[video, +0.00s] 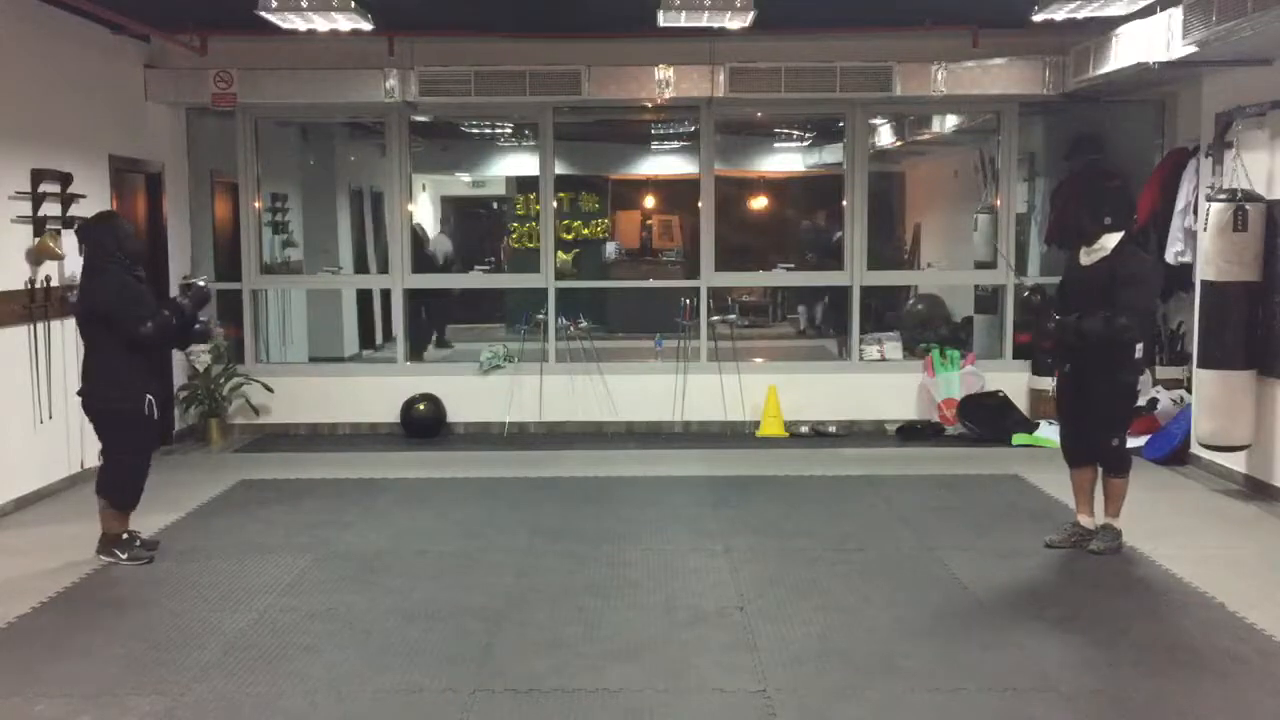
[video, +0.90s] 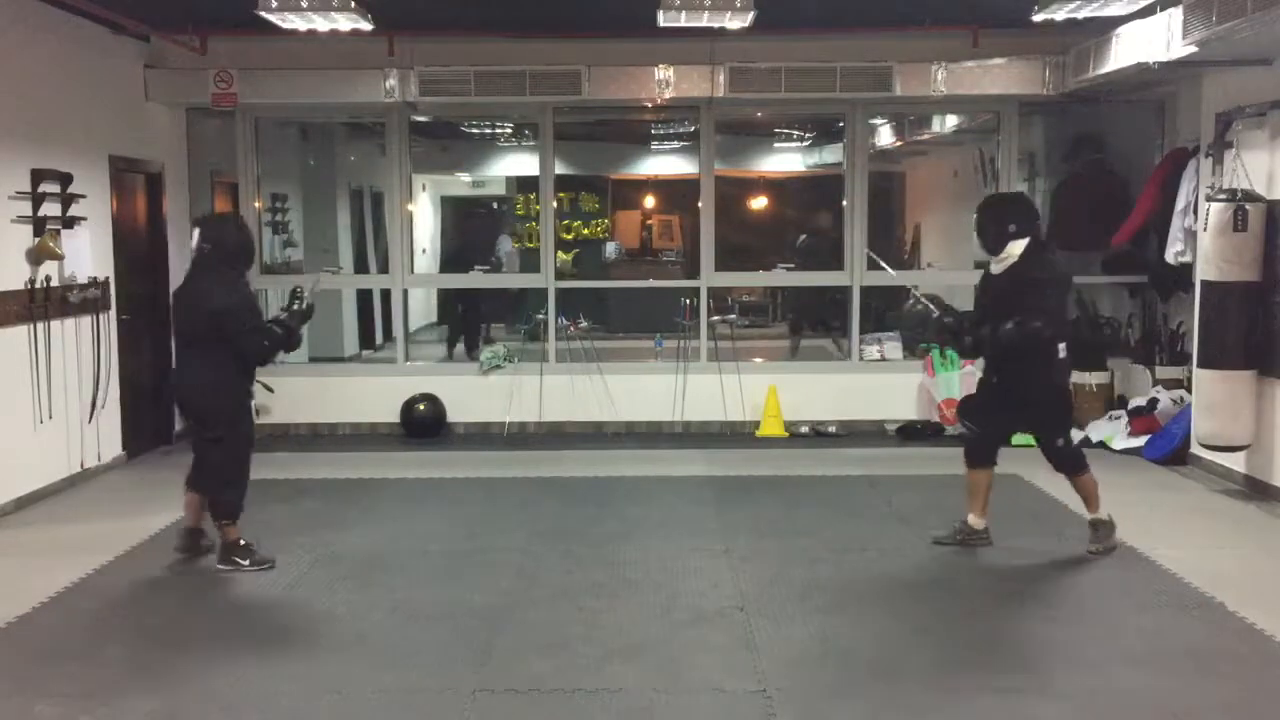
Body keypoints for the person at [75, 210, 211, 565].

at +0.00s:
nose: (137, 241)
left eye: (134, 234)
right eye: (129, 236)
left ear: (102, 243)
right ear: (113, 242)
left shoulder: (115, 277)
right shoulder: (111, 281)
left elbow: (144, 329)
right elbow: (143, 332)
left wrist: (186, 330)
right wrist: (185, 306)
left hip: (124, 388)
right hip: (121, 390)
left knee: (126, 458)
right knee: (125, 459)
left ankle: (118, 534)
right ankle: (112, 538)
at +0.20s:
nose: (143, 242)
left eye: (139, 236)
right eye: (136, 238)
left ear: (105, 248)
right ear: (123, 246)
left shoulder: (105, 282)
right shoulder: (124, 284)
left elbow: (139, 334)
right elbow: (150, 340)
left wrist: (178, 324)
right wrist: (189, 319)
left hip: (115, 387)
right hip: (139, 387)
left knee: (121, 456)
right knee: (170, 452)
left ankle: (112, 534)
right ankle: (151, 535)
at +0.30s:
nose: (152, 246)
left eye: (149, 240)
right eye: (146, 240)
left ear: (115, 247)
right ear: (135, 246)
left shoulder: (113, 281)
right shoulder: (133, 284)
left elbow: (148, 338)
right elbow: (157, 341)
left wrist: (189, 333)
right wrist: (196, 320)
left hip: (120, 387)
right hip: (143, 389)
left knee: (123, 455)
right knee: (177, 448)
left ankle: (112, 534)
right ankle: (190, 538)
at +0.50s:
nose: (187, 259)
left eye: (184, 252)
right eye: (182, 252)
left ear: (140, 255)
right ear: (172, 256)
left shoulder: (133, 288)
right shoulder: (167, 295)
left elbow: (165, 347)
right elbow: (190, 354)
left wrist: (211, 335)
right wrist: (226, 334)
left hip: (140, 397)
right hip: (171, 400)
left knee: (134, 461)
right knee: (194, 466)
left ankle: (114, 533)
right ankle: (225, 541)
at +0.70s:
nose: (218, 249)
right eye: (213, 243)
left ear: (175, 249)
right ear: (205, 248)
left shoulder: (163, 283)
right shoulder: (200, 289)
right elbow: (221, 349)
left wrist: (238, 335)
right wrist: (257, 331)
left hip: (168, 386)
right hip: (199, 391)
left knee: (171, 454)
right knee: (213, 461)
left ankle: (131, 526)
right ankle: (228, 545)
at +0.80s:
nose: (234, 248)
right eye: (229, 242)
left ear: (193, 248)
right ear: (220, 248)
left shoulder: (185, 285)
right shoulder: (217, 291)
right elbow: (240, 351)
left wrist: (260, 332)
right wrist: (271, 327)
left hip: (186, 388)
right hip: (213, 394)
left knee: (187, 455)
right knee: (220, 464)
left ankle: (154, 527)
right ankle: (230, 546)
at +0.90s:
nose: (251, 251)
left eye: (248, 243)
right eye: (247, 244)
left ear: (206, 246)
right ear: (240, 248)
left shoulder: (187, 288)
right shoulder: (230, 289)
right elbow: (257, 347)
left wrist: (278, 327)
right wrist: (288, 323)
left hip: (193, 389)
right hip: (224, 393)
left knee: (206, 456)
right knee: (230, 461)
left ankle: (191, 533)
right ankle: (232, 546)